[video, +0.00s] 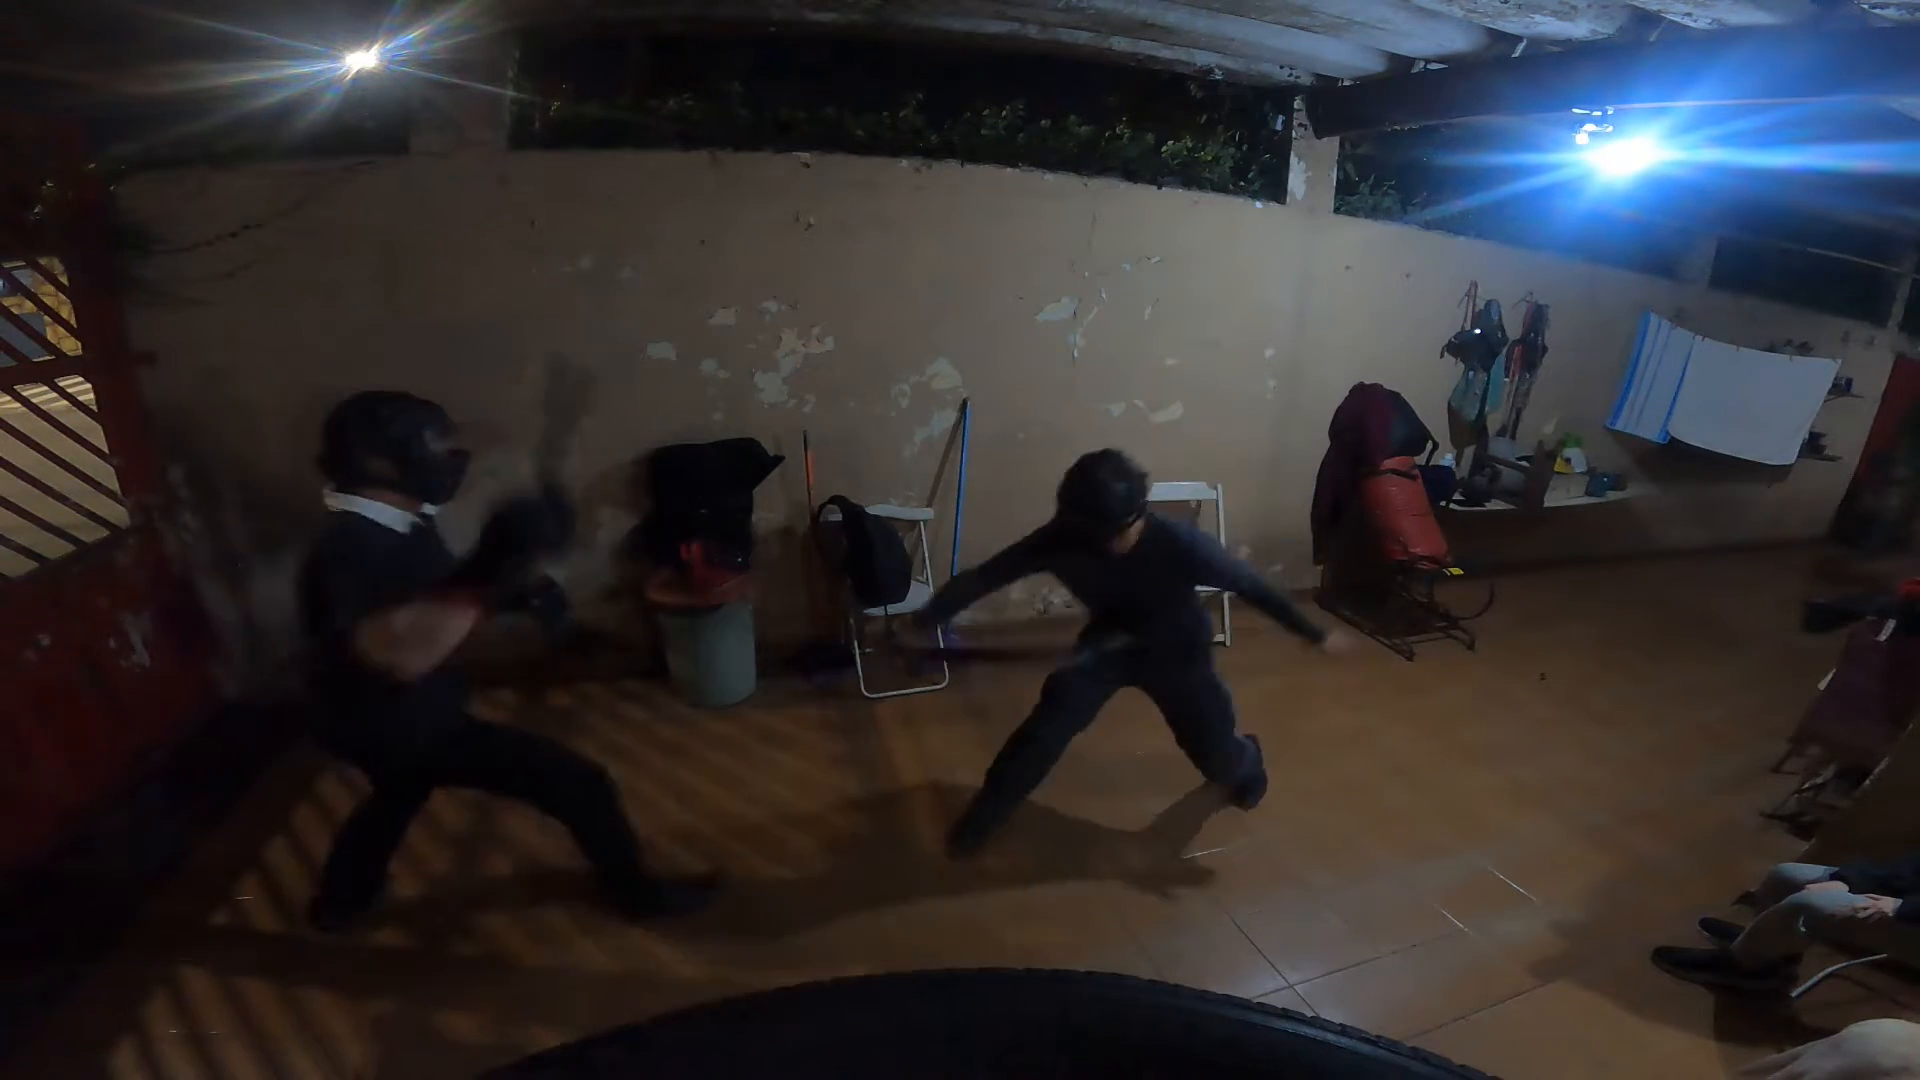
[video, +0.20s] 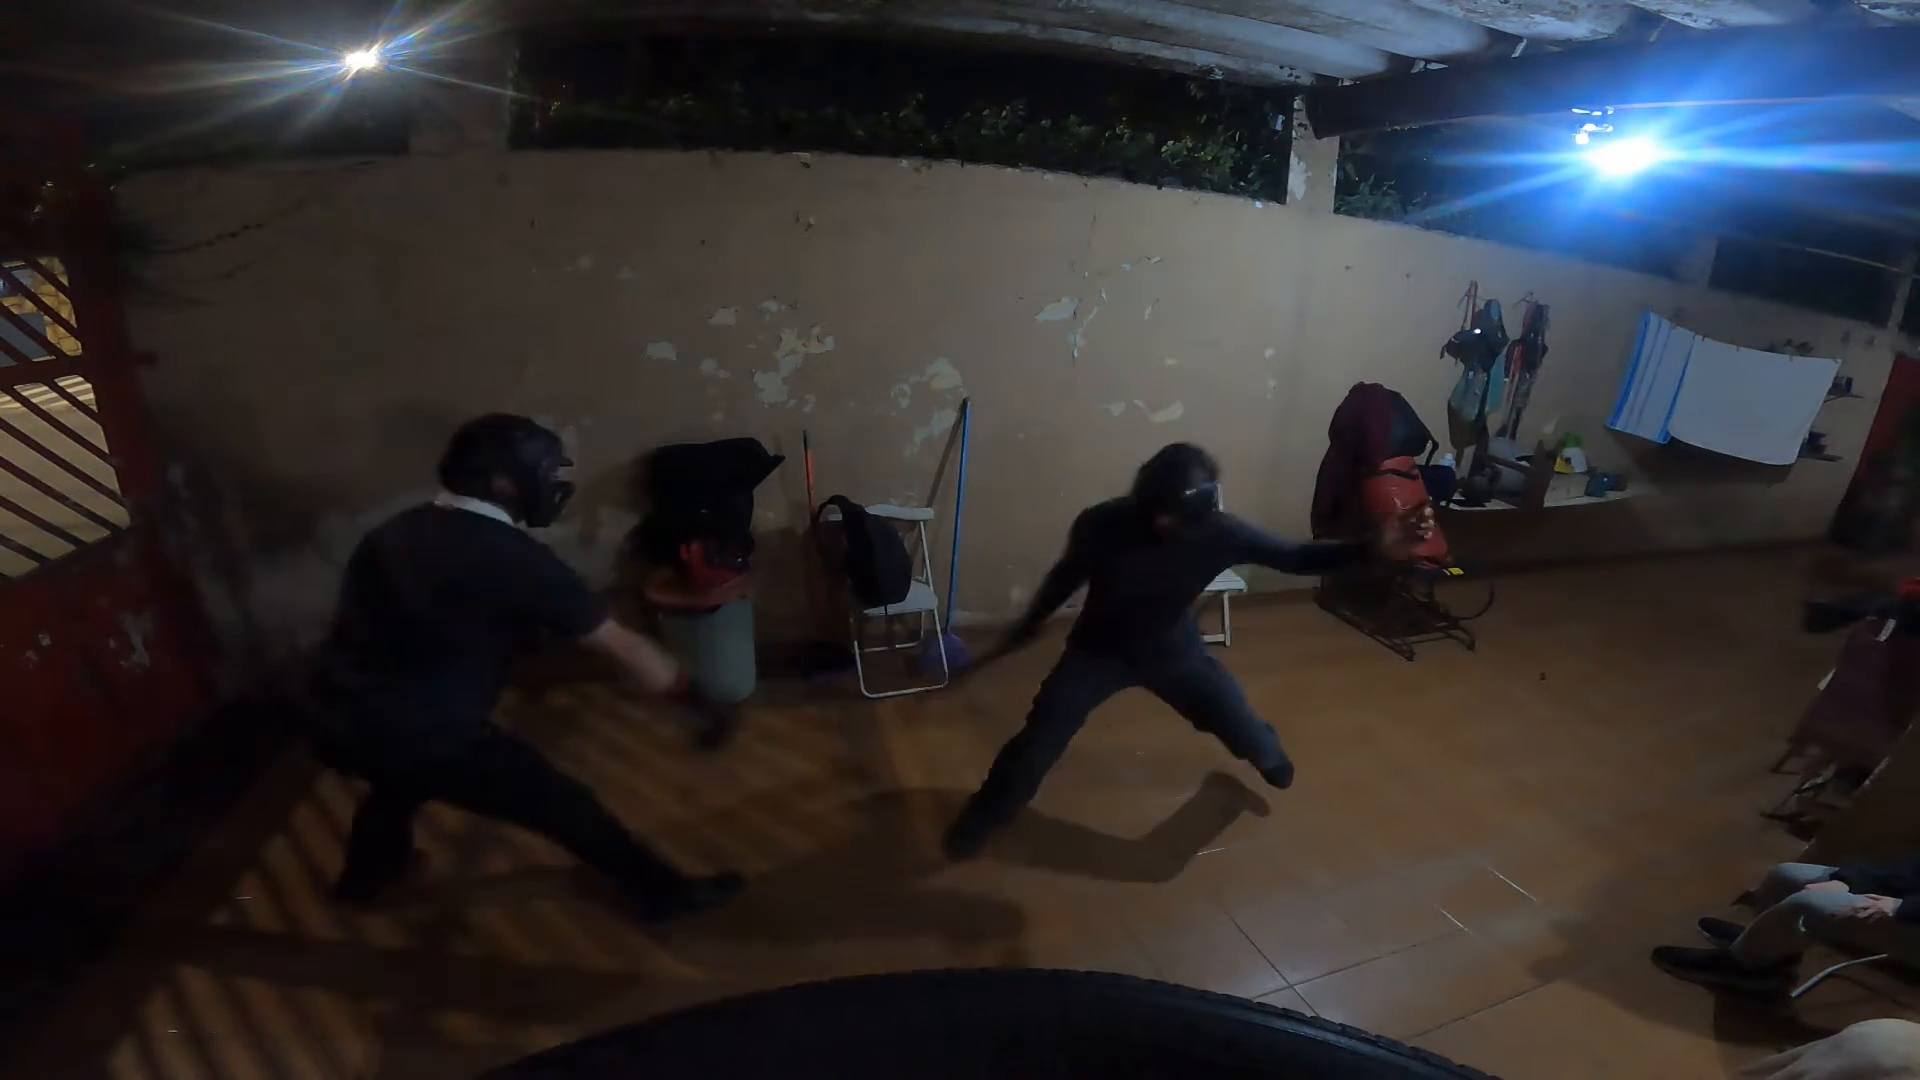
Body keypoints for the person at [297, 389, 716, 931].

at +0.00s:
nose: (456, 460)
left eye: (451, 445)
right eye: (436, 446)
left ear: (379, 462)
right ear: (386, 461)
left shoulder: (410, 537)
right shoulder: (347, 551)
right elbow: (401, 651)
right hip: (396, 734)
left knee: (403, 787)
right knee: (580, 785)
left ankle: (341, 898)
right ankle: (634, 891)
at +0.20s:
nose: (561, 485)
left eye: (561, 471)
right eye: (551, 473)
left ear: (461, 474)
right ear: (508, 481)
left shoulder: (395, 533)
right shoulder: (519, 560)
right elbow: (618, 644)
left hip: (340, 724)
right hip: (435, 743)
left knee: (415, 752)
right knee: (565, 807)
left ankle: (367, 870)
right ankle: (663, 891)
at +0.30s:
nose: (557, 484)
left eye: (556, 469)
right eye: (545, 470)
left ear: (456, 471)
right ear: (504, 480)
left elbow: (312, 596)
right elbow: (551, 678)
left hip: (335, 718)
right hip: (434, 739)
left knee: (396, 753)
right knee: (540, 819)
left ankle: (356, 874)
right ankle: (650, 892)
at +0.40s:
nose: (527, 477)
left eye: (524, 463)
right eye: (514, 465)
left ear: (431, 471)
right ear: (471, 479)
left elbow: (290, 603)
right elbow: (496, 681)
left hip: (328, 724)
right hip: (426, 744)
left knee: (387, 754)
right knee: (533, 812)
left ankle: (352, 877)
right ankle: (648, 893)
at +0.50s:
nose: (476, 452)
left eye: (472, 439)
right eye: (460, 440)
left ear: (385, 458)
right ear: (413, 456)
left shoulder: (323, 528)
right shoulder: (445, 545)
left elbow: (310, 629)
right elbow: (483, 653)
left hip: (323, 719)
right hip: (410, 730)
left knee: (384, 771)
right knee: (534, 809)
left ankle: (350, 880)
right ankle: (644, 893)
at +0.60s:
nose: (451, 429)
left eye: (445, 417)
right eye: (433, 420)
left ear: (372, 442)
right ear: (380, 440)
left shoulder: (319, 511)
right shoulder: (420, 526)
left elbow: (380, 582)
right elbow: (498, 628)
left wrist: (466, 544)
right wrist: (527, 597)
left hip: (331, 711)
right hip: (407, 722)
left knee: (392, 767)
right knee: (545, 781)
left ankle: (352, 881)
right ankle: (615, 891)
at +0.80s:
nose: (444, 400)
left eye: (436, 387)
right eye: (424, 392)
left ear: (365, 418)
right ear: (372, 415)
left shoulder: (324, 490)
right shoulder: (402, 499)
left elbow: (412, 584)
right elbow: (499, 614)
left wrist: (488, 521)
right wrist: (590, 605)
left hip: (350, 684)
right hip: (416, 693)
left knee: (399, 760)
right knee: (539, 769)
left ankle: (364, 877)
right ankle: (579, 888)